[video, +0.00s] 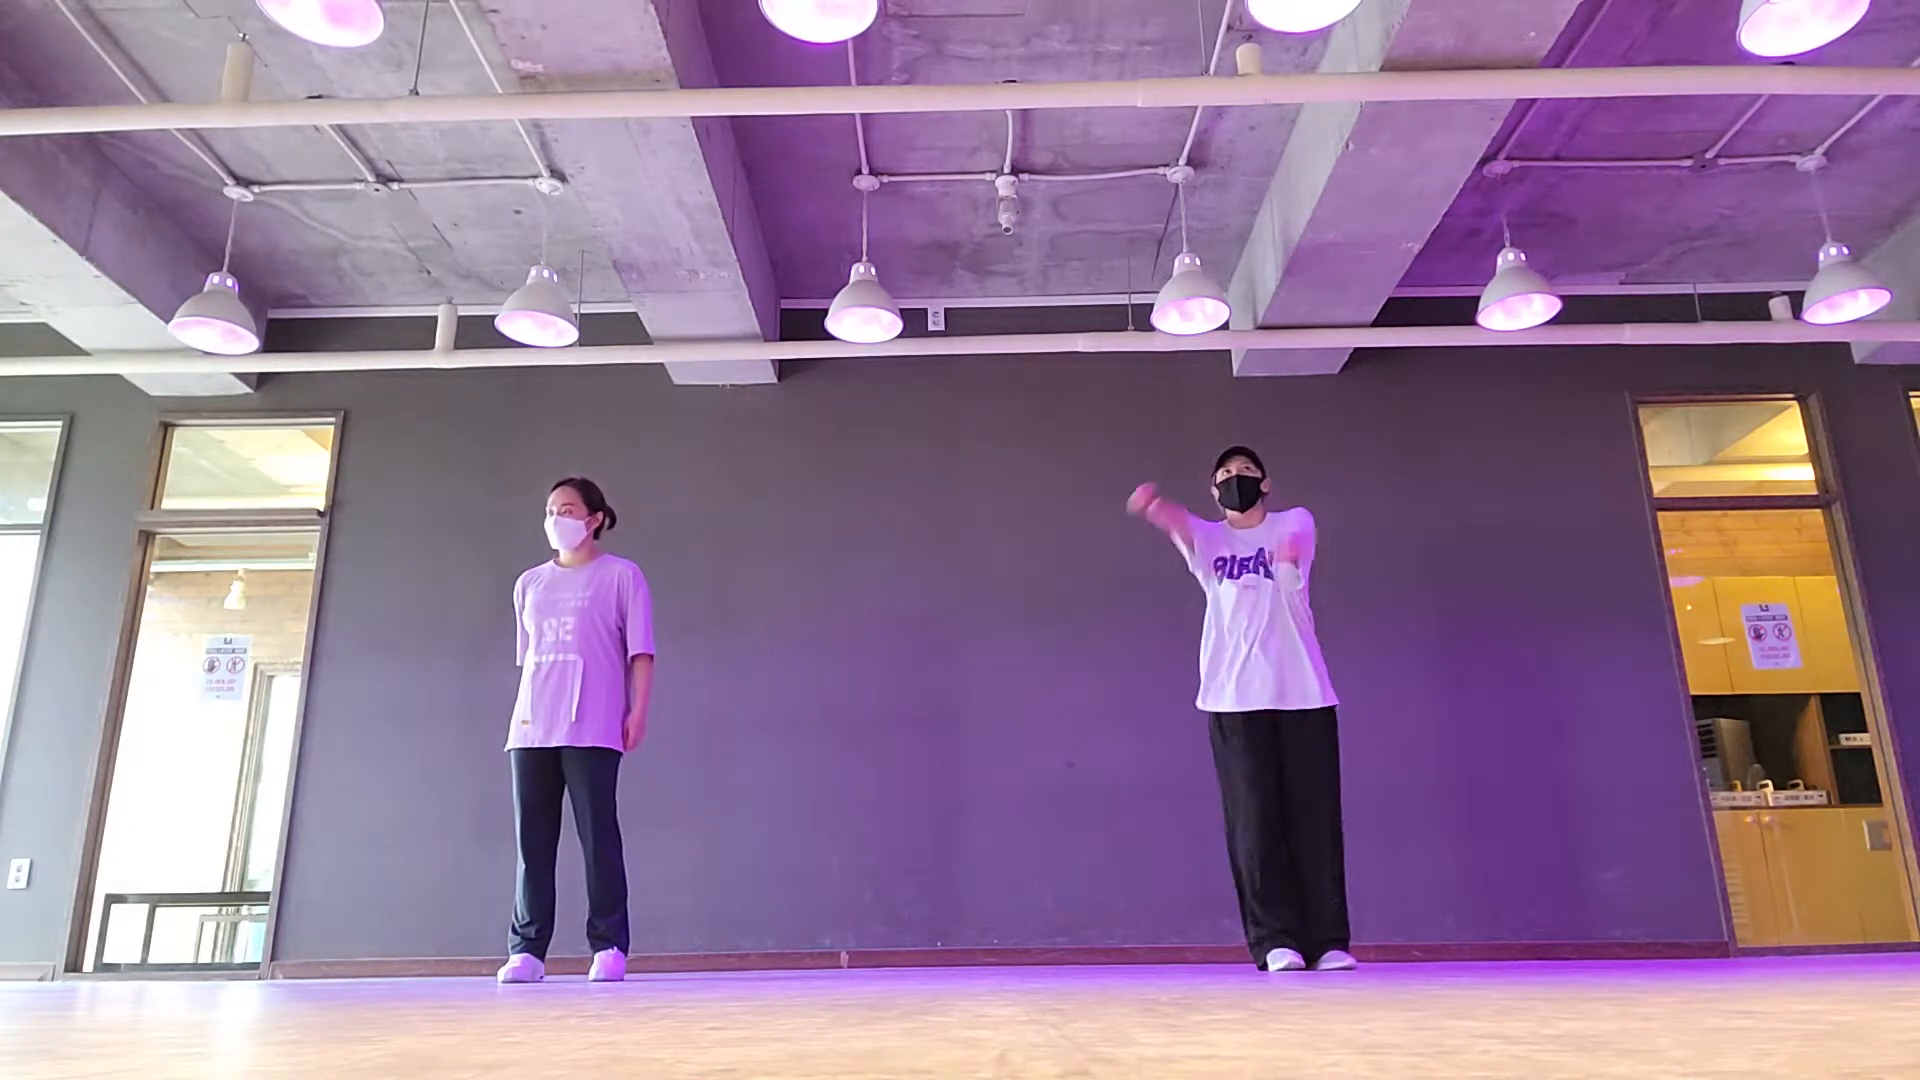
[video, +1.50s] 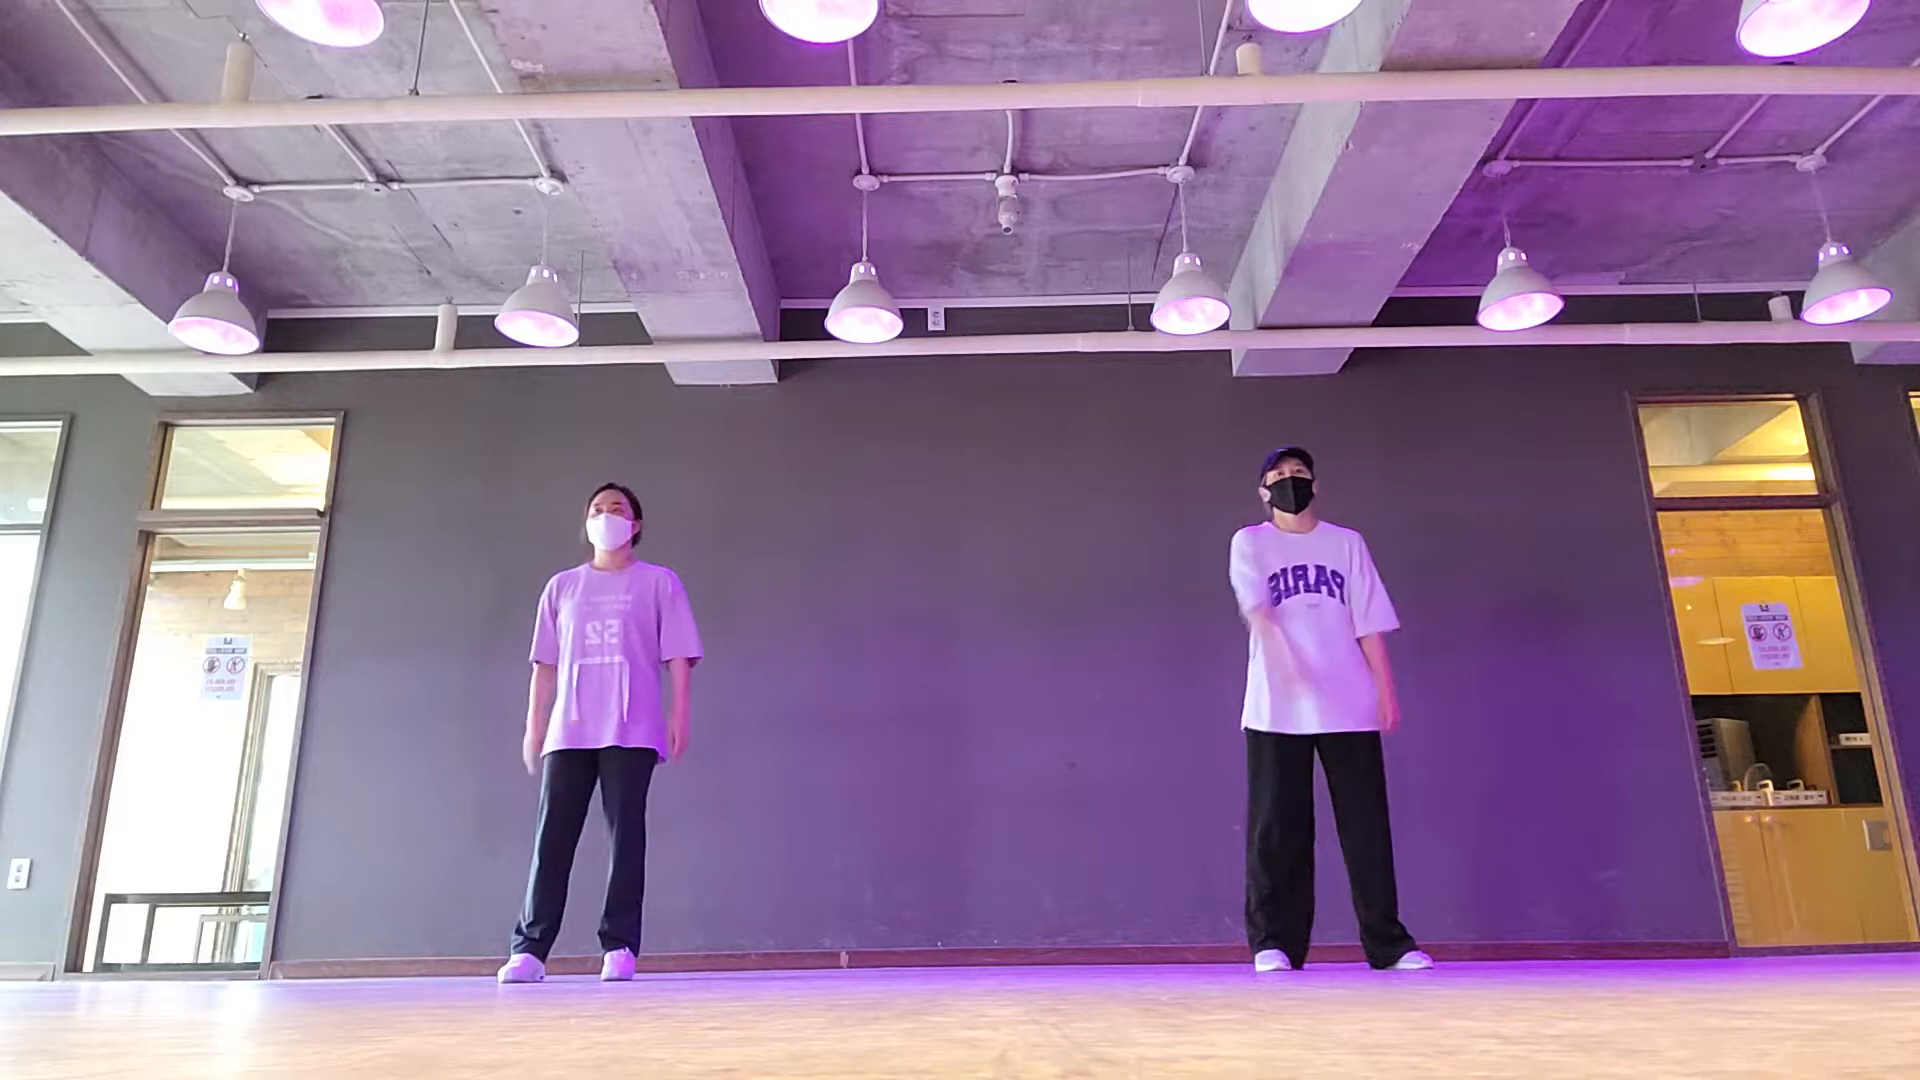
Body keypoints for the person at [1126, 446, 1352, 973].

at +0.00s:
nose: (1235, 482)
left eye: (1246, 474)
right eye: (1226, 477)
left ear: (1265, 485)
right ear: (1216, 493)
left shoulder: (1294, 523)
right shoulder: (1203, 537)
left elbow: (1298, 533)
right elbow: (1177, 521)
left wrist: (1287, 551)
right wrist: (1151, 505)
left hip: (1304, 696)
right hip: (1236, 703)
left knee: (1315, 821)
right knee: (1256, 828)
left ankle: (1328, 943)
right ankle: (1273, 945)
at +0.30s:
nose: (1241, 480)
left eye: (1250, 472)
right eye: (1230, 474)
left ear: (1264, 483)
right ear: (1212, 486)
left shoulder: (1299, 533)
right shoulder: (1200, 547)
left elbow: (1366, 591)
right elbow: (1189, 629)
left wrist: (1433, 631)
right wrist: (1177, 694)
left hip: (1313, 703)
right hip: (1242, 707)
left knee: (1349, 815)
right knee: (1262, 829)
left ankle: (1351, 938)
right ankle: (1281, 947)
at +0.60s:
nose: (1266, 472)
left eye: (1273, 464)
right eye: (1253, 467)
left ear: (1286, 474)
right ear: (1235, 483)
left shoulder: (1312, 526)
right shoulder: (1226, 534)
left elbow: (1316, 601)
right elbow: (1219, 606)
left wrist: (1314, 661)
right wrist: (1206, 662)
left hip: (1327, 688)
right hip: (1258, 695)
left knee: (1362, 813)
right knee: (1269, 825)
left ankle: (1397, 935)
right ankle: (1279, 946)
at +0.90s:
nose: (1298, 480)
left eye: (1306, 472)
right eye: (1285, 474)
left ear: (1319, 482)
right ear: (1268, 488)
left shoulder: (1347, 546)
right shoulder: (1255, 539)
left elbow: (1387, 622)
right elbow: (1231, 606)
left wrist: (1432, 676)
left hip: (1350, 707)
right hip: (1281, 709)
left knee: (1367, 832)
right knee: (1282, 834)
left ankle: (1388, 948)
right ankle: (1282, 947)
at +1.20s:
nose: (1312, 488)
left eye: (1322, 479)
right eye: (1301, 481)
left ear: (1336, 486)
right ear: (1284, 489)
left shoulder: (1371, 544)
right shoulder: (1272, 535)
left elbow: (1403, 588)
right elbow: (1320, 561)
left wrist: (1423, 556)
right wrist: (1395, 538)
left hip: (1359, 702)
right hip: (1287, 699)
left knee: (1368, 824)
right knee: (1283, 822)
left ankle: (1387, 946)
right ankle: (1273, 943)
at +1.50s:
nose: (1290, 484)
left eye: (1299, 476)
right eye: (1279, 478)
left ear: (1314, 486)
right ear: (1264, 491)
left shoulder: (1347, 543)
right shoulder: (1249, 543)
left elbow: (1369, 626)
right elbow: (1256, 609)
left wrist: (1386, 690)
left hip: (1348, 708)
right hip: (1277, 712)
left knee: (1367, 830)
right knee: (1276, 832)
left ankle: (1389, 946)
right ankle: (1274, 946)